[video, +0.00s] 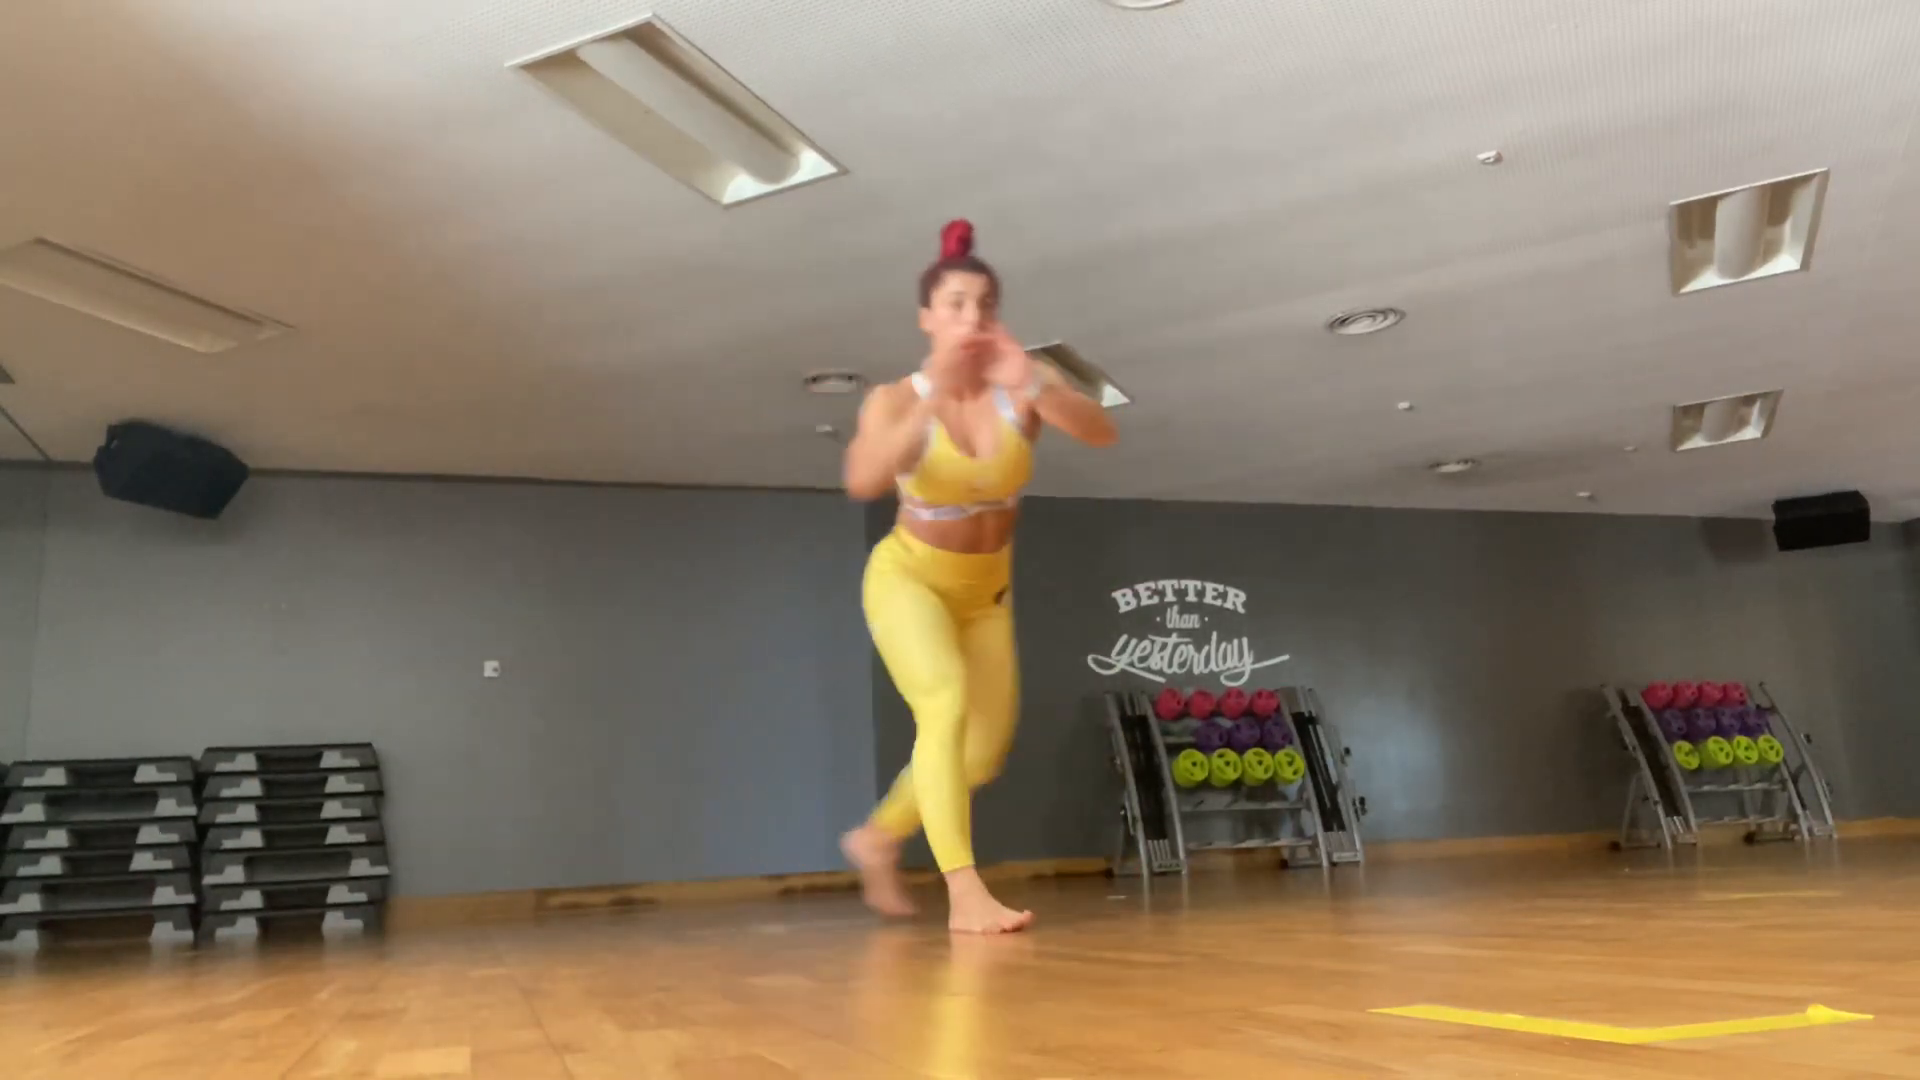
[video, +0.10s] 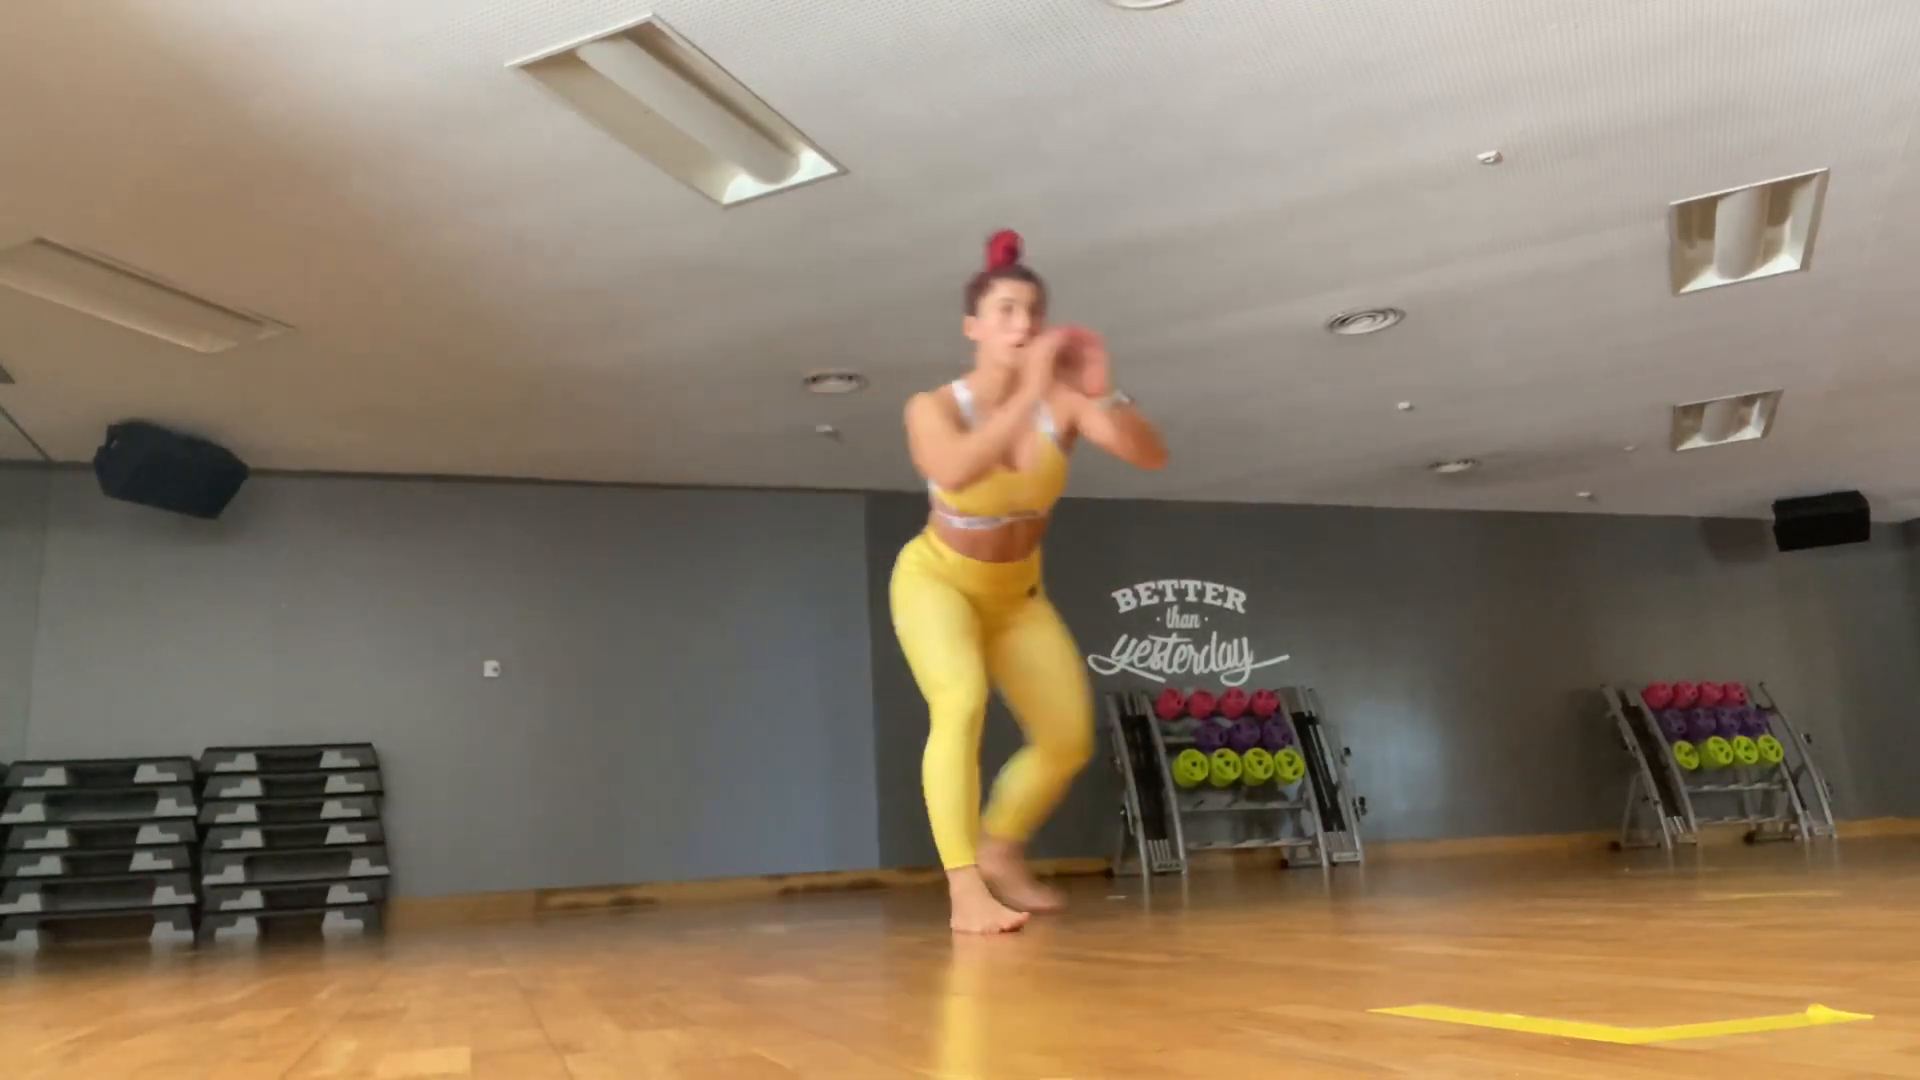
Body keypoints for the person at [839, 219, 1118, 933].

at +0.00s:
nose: (973, 318)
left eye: (986, 305)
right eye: (958, 304)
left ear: (997, 318)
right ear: (926, 316)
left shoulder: (1018, 389)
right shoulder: (897, 400)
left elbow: (1102, 433)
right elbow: (861, 483)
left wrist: (1035, 385)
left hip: (987, 592)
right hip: (910, 579)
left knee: (983, 752)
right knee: (943, 704)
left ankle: (874, 840)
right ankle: (965, 895)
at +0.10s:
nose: (1022, 326)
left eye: (1033, 313)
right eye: (1005, 311)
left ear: (1046, 324)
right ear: (971, 325)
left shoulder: (1059, 400)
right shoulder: (934, 408)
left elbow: (1152, 455)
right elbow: (953, 469)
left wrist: (1105, 401)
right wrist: (1029, 389)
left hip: (1018, 594)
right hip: (938, 580)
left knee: (1067, 736)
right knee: (960, 700)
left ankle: (997, 850)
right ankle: (965, 892)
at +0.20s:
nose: (1114, 341)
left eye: (1124, 329)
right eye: (1098, 325)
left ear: (1131, 344)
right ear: (1058, 341)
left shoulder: (1134, 413)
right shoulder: (1015, 423)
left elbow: (1227, 469)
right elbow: (1027, 505)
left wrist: (1196, 405)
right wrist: (1110, 443)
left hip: (1069, 607)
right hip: (987, 591)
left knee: (1162, 718)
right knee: (1011, 701)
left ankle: (1211, 864)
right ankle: (981, 894)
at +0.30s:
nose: (1184, 357)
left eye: (1194, 347)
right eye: (1168, 342)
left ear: (1201, 365)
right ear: (1126, 356)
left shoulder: (1195, 438)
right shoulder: (1077, 435)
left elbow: (1287, 463)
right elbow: (1044, 527)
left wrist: (1245, 389)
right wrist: (1115, 499)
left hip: (1112, 623)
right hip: (1033, 601)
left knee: (1214, 725)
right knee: (1050, 712)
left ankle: (1324, 853)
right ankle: (983, 889)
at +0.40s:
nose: (1291, 371)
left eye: (1297, 360)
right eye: (1273, 357)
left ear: (1304, 376)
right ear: (1233, 374)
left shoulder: (1298, 458)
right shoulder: (1179, 445)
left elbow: (1396, 478)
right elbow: (1083, 516)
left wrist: (1403, 396)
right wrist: (1116, 518)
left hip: (1193, 620)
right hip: (1111, 601)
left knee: (1293, 713)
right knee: (1055, 727)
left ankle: (1344, 873)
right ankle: (998, 878)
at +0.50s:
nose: (1336, 376)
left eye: (1343, 366)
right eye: (1319, 363)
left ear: (1347, 384)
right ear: (1279, 378)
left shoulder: (1343, 469)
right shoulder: (1222, 446)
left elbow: (1437, 514)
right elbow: (1117, 498)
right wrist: (1164, 482)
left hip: (1226, 612)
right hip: (1147, 594)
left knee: (1314, 708)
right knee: (1080, 728)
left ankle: (1345, 871)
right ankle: (1004, 873)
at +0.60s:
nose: (1355, 376)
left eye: (1362, 365)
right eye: (1338, 363)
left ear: (1367, 383)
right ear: (1299, 379)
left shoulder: (1360, 472)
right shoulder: (1258, 439)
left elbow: (1425, 540)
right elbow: (1169, 467)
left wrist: (1509, 569)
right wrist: (1238, 435)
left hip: (1252, 605)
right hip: (1176, 587)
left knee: (1329, 707)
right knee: (1104, 730)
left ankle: (1346, 872)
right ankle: (1026, 874)